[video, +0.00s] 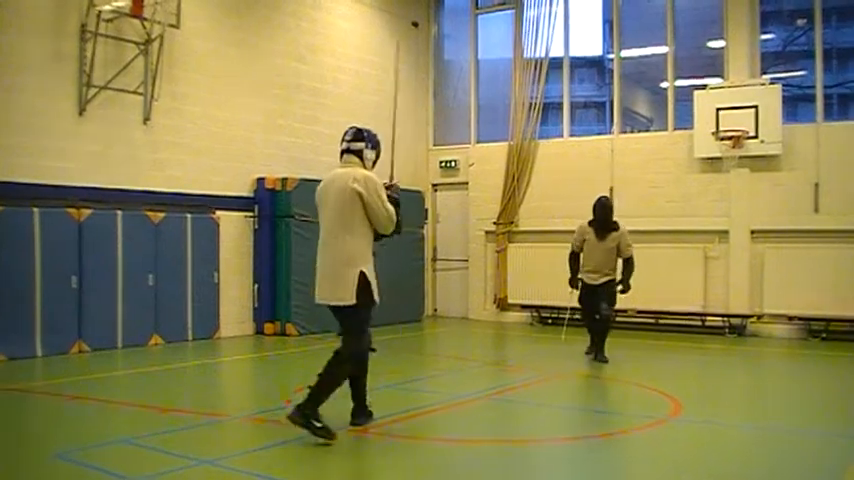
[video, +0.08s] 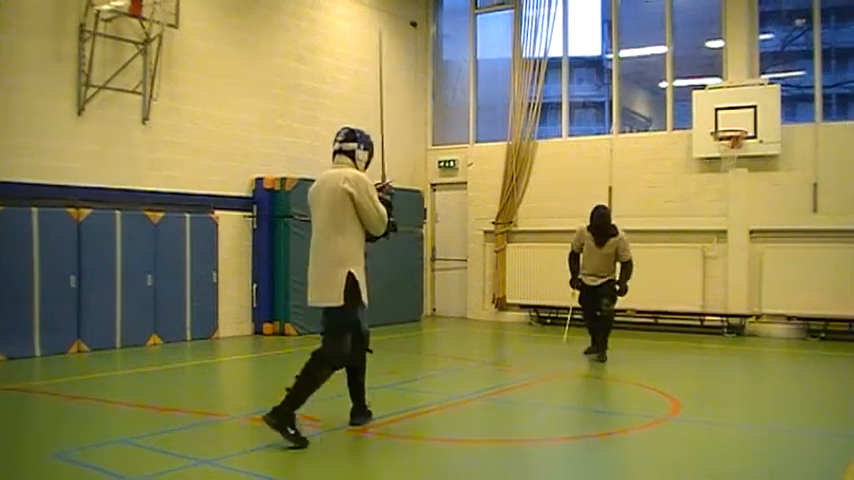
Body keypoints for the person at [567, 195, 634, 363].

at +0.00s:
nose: (604, 215)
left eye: (607, 211)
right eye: (601, 210)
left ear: (612, 213)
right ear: (595, 211)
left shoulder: (619, 233)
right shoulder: (584, 230)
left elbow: (628, 258)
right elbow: (574, 252)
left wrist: (626, 279)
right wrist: (573, 275)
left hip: (608, 280)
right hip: (587, 280)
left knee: (605, 314)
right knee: (587, 314)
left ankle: (600, 349)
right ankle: (593, 341)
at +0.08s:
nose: (599, 232)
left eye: (603, 227)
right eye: (596, 227)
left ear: (608, 224)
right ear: (592, 223)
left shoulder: (617, 238)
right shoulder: (583, 234)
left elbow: (627, 262)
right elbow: (574, 254)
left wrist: (623, 281)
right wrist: (574, 275)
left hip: (606, 280)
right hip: (587, 280)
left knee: (605, 313)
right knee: (588, 314)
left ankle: (602, 348)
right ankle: (595, 343)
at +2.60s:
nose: (534, 223)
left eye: (538, 219)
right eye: (533, 219)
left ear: (547, 220)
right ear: (531, 220)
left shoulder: (555, 243)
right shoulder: (531, 238)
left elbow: (546, 267)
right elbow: (518, 259)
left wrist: (523, 262)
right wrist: (520, 249)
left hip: (551, 284)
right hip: (535, 285)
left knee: (547, 312)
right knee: (533, 313)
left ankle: (555, 348)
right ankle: (539, 341)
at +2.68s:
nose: (533, 223)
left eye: (536, 220)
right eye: (531, 219)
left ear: (545, 220)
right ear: (529, 220)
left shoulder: (553, 242)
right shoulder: (528, 237)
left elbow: (545, 267)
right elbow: (515, 254)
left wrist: (523, 261)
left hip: (547, 284)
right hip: (532, 285)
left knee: (544, 312)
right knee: (531, 313)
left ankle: (551, 346)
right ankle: (539, 341)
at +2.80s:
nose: (529, 221)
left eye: (533, 218)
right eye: (528, 218)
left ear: (543, 218)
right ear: (527, 218)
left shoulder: (550, 241)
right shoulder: (526, 236)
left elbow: (543, 265)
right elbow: (510, 253)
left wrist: (519, 259)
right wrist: (521, 242)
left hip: (544, 282)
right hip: (530, 283)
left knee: (541, 310)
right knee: (530, 313)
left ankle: (542, 346)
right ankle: (538, 340)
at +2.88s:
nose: (528, 222)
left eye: (531, 218)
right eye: (526, 218)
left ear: (541, 219)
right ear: (525, 219)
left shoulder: (548, 241)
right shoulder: (524, 237)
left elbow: (542, 266)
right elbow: (510, 255)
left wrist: (517, 260)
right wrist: (520, 242)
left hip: (543, 283)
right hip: (529, 284)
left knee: (538, 312)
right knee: (530, 315)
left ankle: (539, 345)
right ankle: (539, 341)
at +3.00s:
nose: (526, 225)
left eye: (530, 221)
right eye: (525, 221)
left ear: (539, 222)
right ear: (523, 222)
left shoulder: (547, 244)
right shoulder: (523, 240)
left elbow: (541, 269)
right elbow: (508, 258)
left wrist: (516, 264)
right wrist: (519, 245)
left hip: (541, 285)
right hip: (527, 286)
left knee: (534, 311)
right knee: (529, 316)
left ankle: (536, 347)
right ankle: (539, 341)